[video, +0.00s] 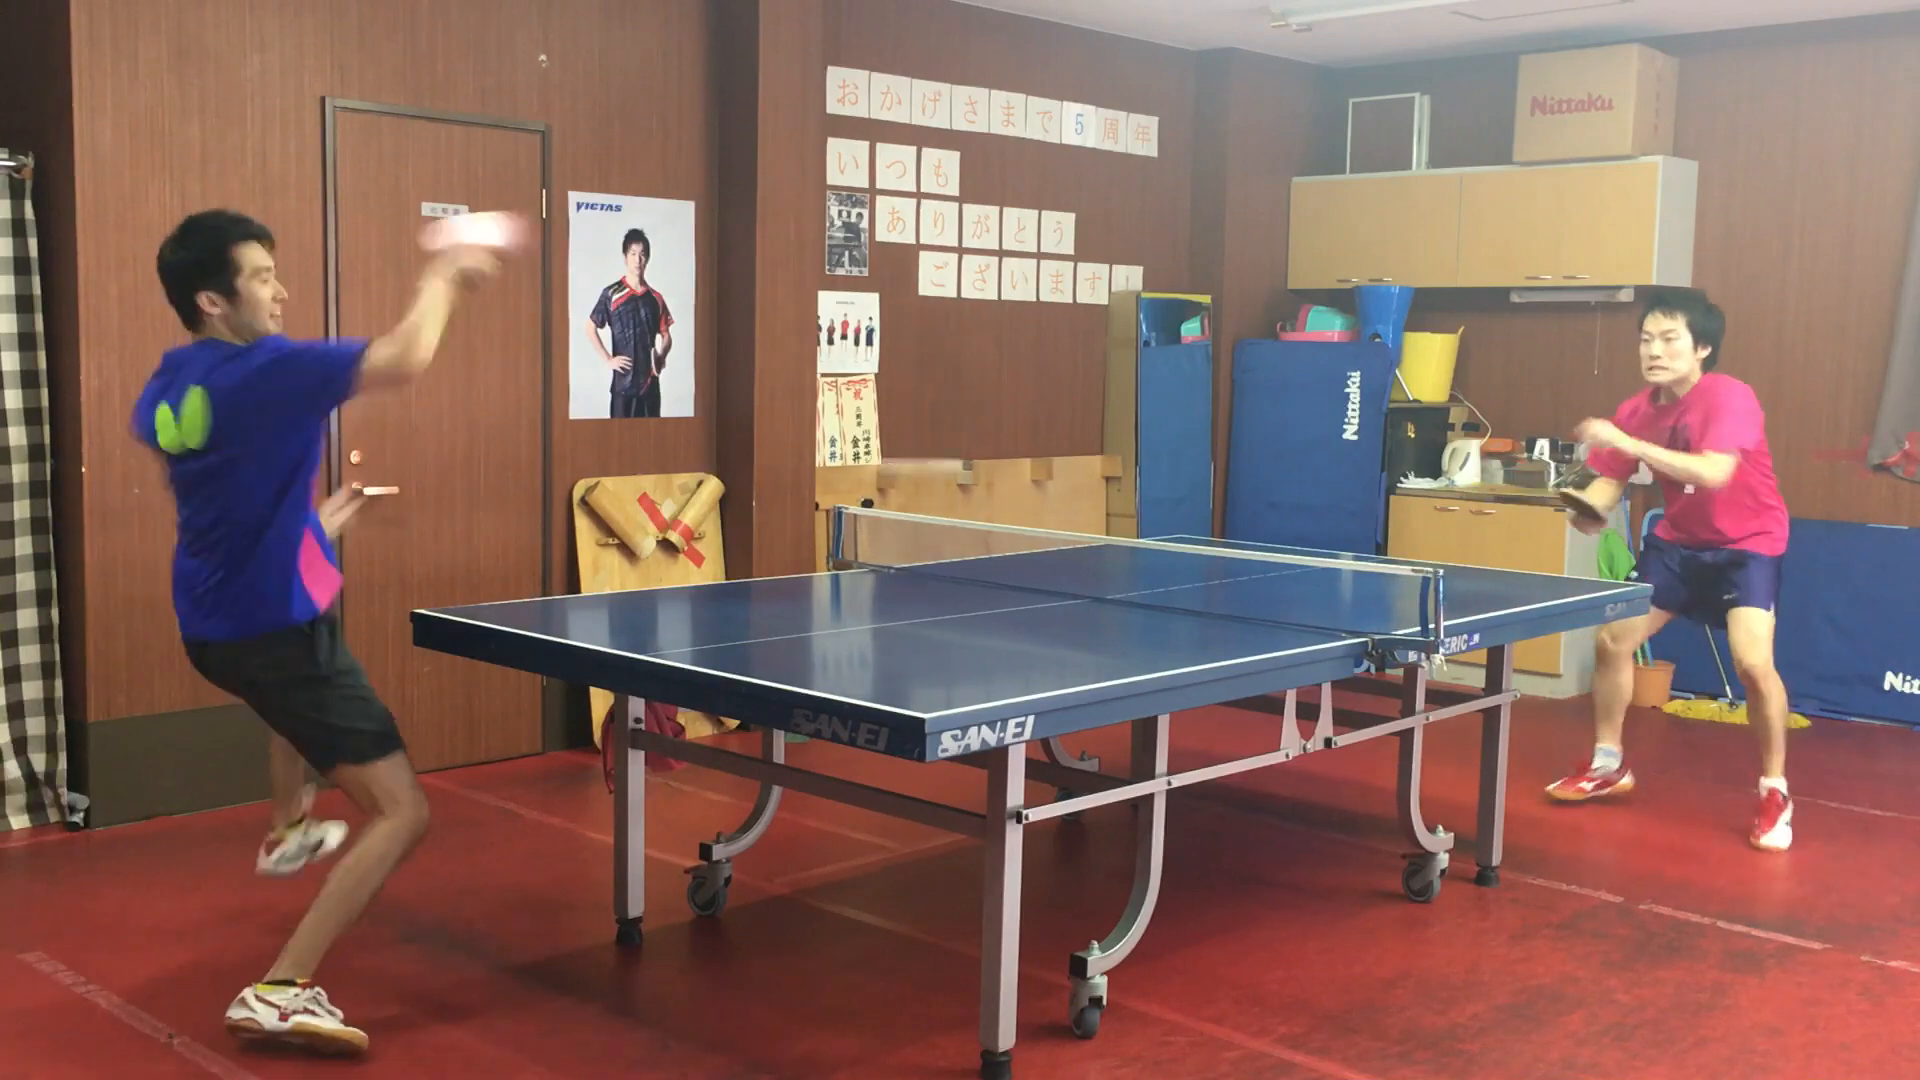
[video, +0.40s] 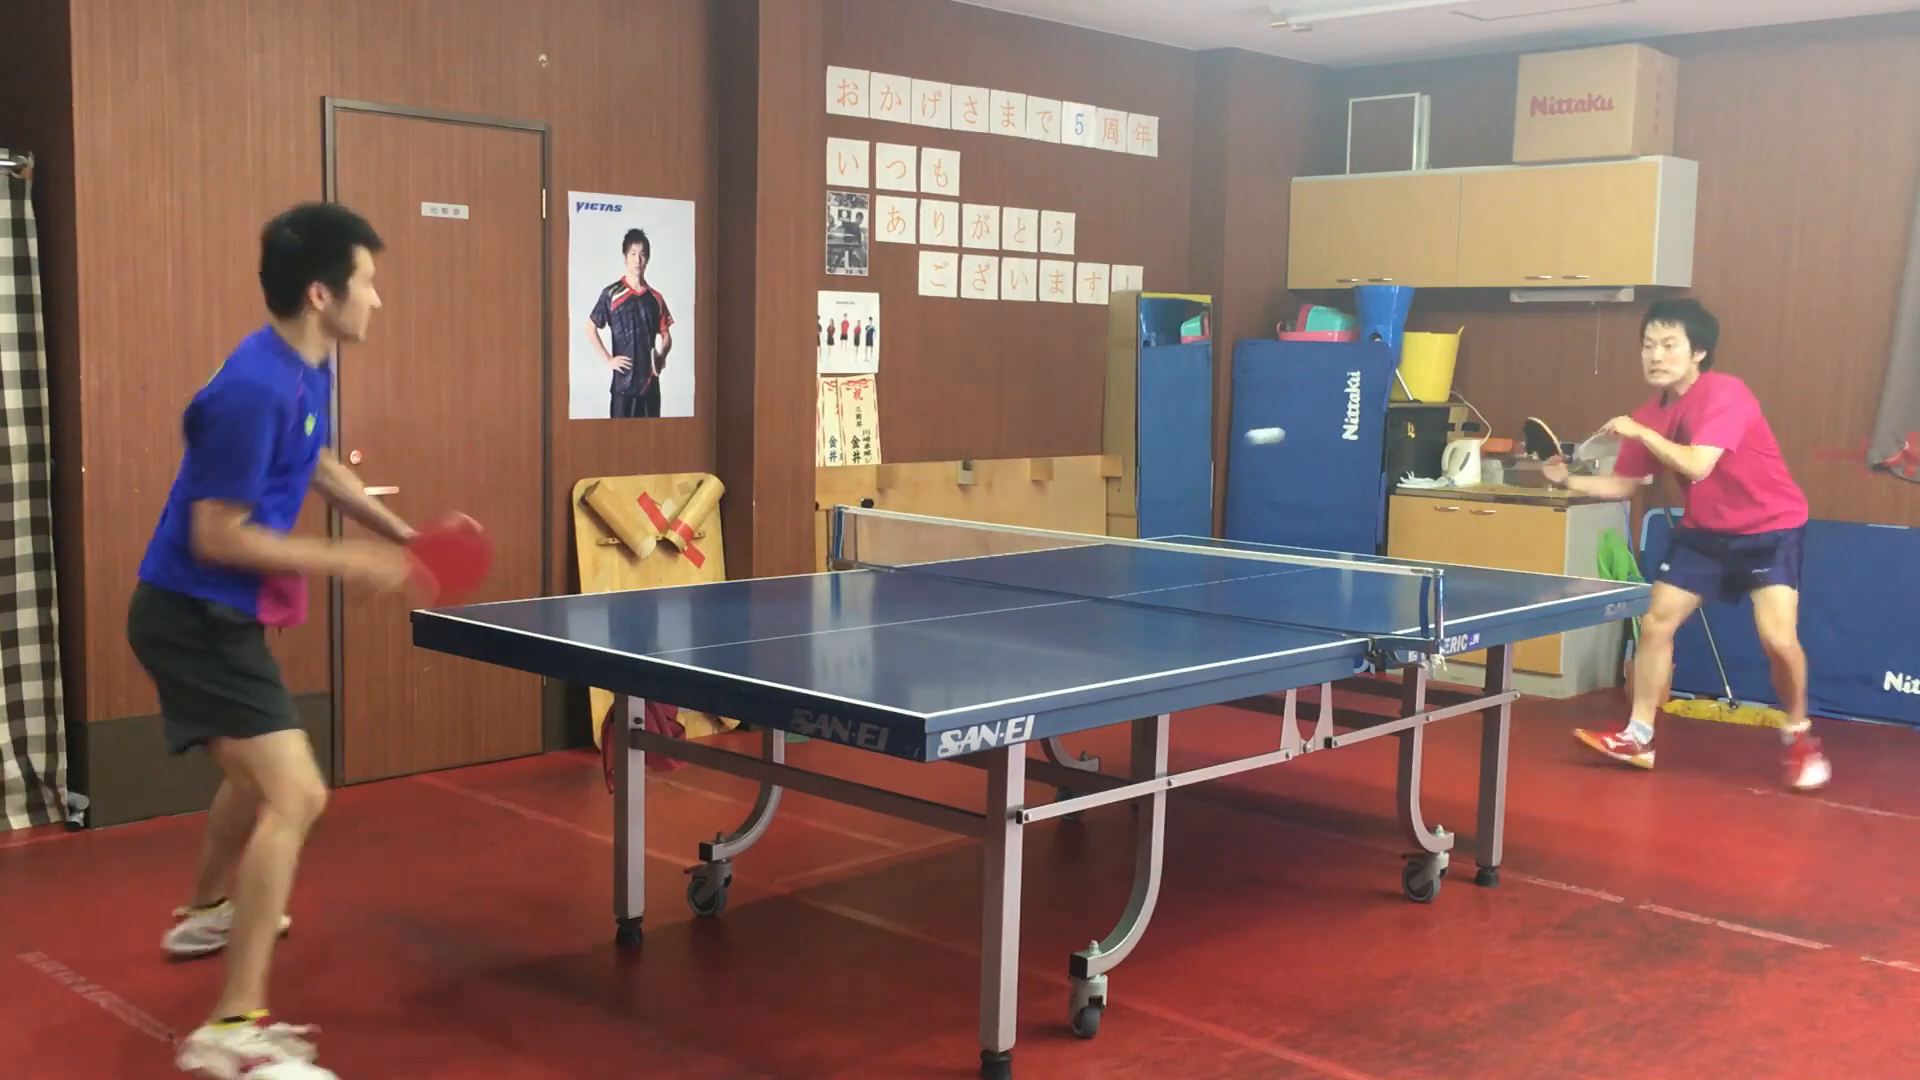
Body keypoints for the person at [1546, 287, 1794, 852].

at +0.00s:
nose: (1652, 350)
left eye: (1668, 340)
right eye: (1646, 339)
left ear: (1702, 350)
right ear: (1639, 346)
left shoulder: (1728, 398)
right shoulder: (1633, 411)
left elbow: (1712, 472)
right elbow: (1608, 483)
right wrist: (1584, 505)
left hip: (1745, 549)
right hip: (1676, 547)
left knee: (1752, 662)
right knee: (1611, 638)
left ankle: (1774, 790)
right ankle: (1606, 765)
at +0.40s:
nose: (1655, 355)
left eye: (1669, 345)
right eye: (1649, 345)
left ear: (1699, 354)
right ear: (1642, 351)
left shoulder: (1725, 394)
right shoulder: (1653, 413)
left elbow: (1697, 465)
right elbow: (1623, 485)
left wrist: (1641, 432)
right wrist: (1567, 479)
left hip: (1769, 531)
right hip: (1705, 533)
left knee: (1778, 640)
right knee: (1656, 623)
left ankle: (1799, 734)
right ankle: (1638, 737)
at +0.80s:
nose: (1606, 358)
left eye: (1620, 350)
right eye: (1601, 348)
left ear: (1646, 360)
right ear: (1593, 354)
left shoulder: (1659, 409)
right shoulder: (1600, 410)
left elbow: (1629, 478)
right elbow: (1587, 470)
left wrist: (1564, 455)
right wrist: (1531, 486)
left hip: (1696, 539)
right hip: (1641, 541)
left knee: (1727, 635)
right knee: (1600, 617)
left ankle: (1777, 716)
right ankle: (1641, 704)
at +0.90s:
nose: (1575, 358)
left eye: (1588, 348)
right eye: (1569, 349)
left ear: (1614, 358)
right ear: (1562, 356)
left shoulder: (1628, 402)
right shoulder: (1572, 408)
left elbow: (1596, 469)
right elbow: (1557, 470)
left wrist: (1527, 470)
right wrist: (1500, 486)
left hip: (1657, 542)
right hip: (1599, 538)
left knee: (1682, 641)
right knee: (1539, 602)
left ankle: (1711, 699)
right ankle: (1586, 680)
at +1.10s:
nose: (1470, 374)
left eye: (1482, 365)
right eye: (1466, 365)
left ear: (1509, 375)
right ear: (1460, 372)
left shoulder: (1515, 417)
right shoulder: (1498, 415)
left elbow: (1550, 470)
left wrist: (1594, 524)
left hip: (1552, 555)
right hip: (1505, 549)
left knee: (1607, 643)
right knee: (1436, 591)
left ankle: (1691, 698)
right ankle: (1409, 690)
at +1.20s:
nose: (1435, 362)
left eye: (1446, 353)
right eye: (1431, 353)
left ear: (1473, 360)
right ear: (1428, 357)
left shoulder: (1481, 397)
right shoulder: (1460, 401)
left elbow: (1545, 432)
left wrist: (1611, 460)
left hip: (1500, 550)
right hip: (1460, 541)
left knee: (1513, 647)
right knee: (1399, 599)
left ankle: (1627, 676)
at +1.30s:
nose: (1415, 341)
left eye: (1426, 333)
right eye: (1411, 332)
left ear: (1453, 341)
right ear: (1407, 335)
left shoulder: (1468, 377)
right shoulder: (1434, 382)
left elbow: (1531, 408)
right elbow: (1454, 442)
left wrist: (1597, 433)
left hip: (1471, 519)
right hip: (1433, 514)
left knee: (1452, 606)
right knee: (1401, 595)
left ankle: (1521, 673)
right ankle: (1409, 692)